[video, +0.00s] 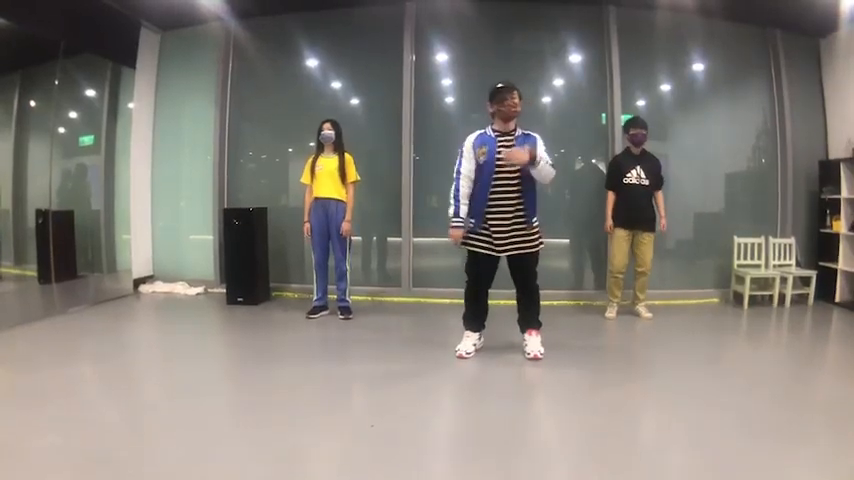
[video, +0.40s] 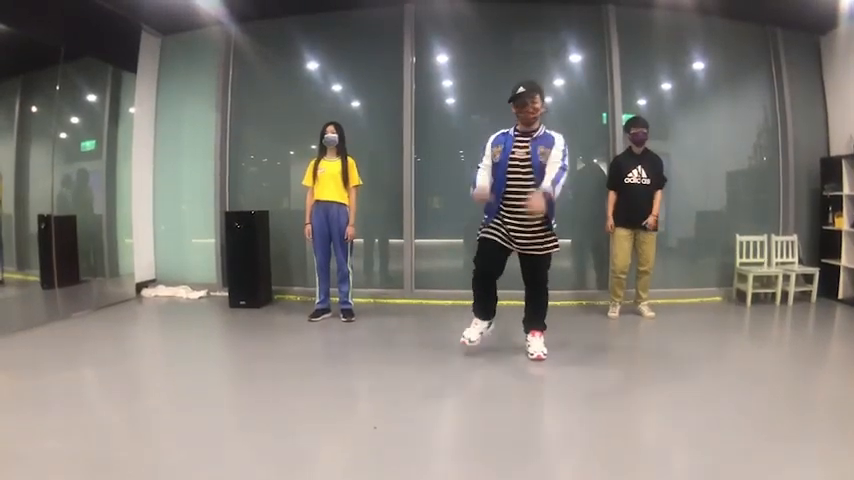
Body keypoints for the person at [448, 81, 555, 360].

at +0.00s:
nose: (512, 103)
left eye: (515, 98)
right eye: (505, 99)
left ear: (521, 104)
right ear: (492, 106)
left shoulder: (532, 141)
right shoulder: (475, 141)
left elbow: (548, 177)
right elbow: (463, 181)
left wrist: (531, 158)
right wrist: (458, 221)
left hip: (522, 226)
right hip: (484, 226)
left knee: (527, 281)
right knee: (477, 282)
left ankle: (531, 333)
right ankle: (472, 333)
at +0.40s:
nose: (530, 109)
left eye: (534, 103)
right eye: (523, 104)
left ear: (543, 105)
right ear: (513, 108)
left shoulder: (554, 141)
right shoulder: (498, 140)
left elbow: (557, 172)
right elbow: (484, 169)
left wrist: (544, 194)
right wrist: (481, 189)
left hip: (536, 223)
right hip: (499, 219)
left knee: (536, 280)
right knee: (484, 270)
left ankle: (535, 332)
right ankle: (482, 318)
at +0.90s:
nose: (506, 108)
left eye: (511, 102)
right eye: (500, 103)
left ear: (520, 108)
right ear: (490, 109)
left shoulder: (534, 141)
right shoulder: (473, 145)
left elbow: (562, 167)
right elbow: (464, 178)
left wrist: (568, 207)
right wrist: (443, 172)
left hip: (524, 227)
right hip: (485, 228)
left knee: (532, 283)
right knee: (482, 285)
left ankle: (537, 336)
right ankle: (479, 337)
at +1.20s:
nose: (508, 108)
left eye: (512, 103)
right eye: (501, 104)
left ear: (520, 108)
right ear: (490, 110)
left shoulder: (531, 143)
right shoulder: (475, 142)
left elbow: (540, 176)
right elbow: (468, 174)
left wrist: (548, 188)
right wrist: (482, 183)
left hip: (523, 228)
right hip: (486, 229)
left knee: (534, 284)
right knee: (479, 285)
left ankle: (540, 337)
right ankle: (474, 338)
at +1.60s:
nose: (514, 114)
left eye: (519, 109)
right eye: (508, 110)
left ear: (527, 114)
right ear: (497, 115)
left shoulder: (537, 152)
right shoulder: (478, 150)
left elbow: (542, 192)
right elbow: (470, 191)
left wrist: (545, 228)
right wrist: (468, 224)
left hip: (524, 235)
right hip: (486, 235)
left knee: (534, 290)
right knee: (474, 289)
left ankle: (540, 341)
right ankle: (465, 340)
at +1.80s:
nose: (484, 123)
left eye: (489, 117)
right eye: (479, 119)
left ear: (500, 120)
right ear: (472, 124)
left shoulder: (517, 151)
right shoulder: (467, 161)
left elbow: (544, 183)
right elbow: (463, 196)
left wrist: (520, 209)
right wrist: (448, 213)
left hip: (515, 237)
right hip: (480, 238)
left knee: (522, 289)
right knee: (465, 291)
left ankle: (557, 336)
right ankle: (467, 342)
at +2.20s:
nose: (524, 124)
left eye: (525, 117)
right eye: (518, 119)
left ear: (528, 115)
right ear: (503, 120)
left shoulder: (540, 147)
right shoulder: (482, 151)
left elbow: (549, 184)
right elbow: (477, 190)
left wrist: (556, 221)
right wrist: (482, 226)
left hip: (533, 237)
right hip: (496, 238)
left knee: (545, 291)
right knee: (474, 290)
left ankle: (554, 342)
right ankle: (460, 340)